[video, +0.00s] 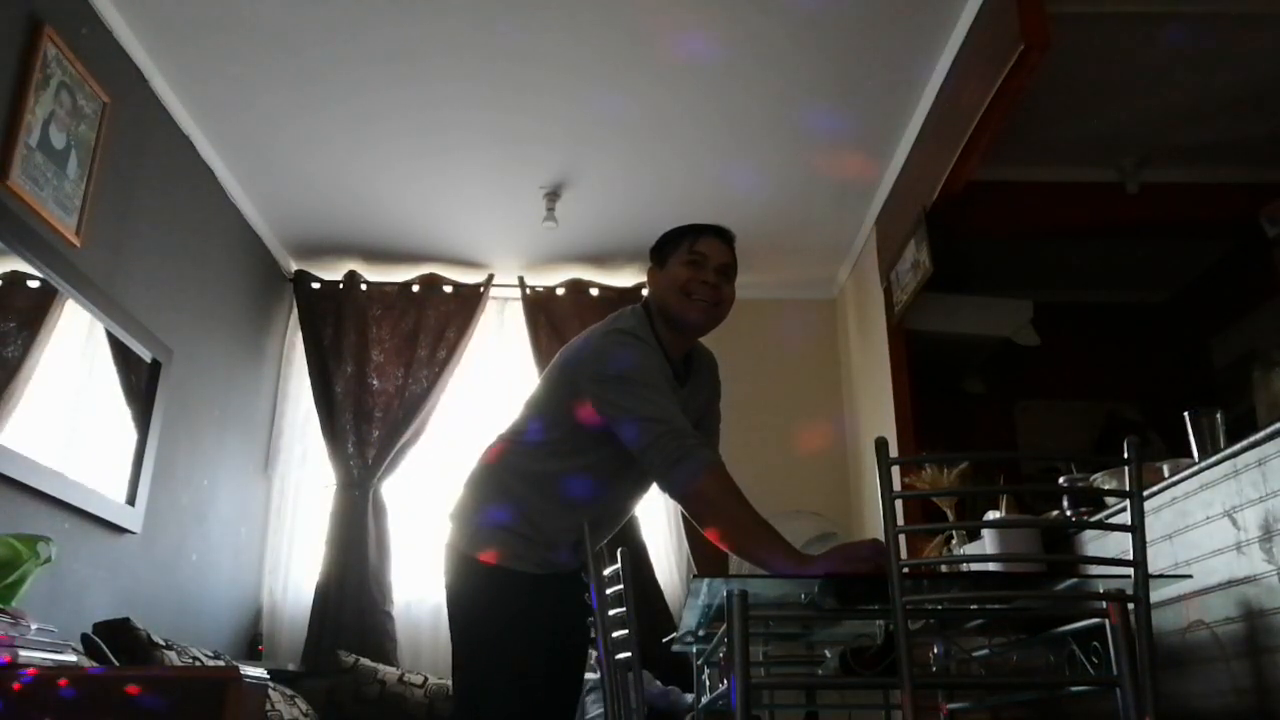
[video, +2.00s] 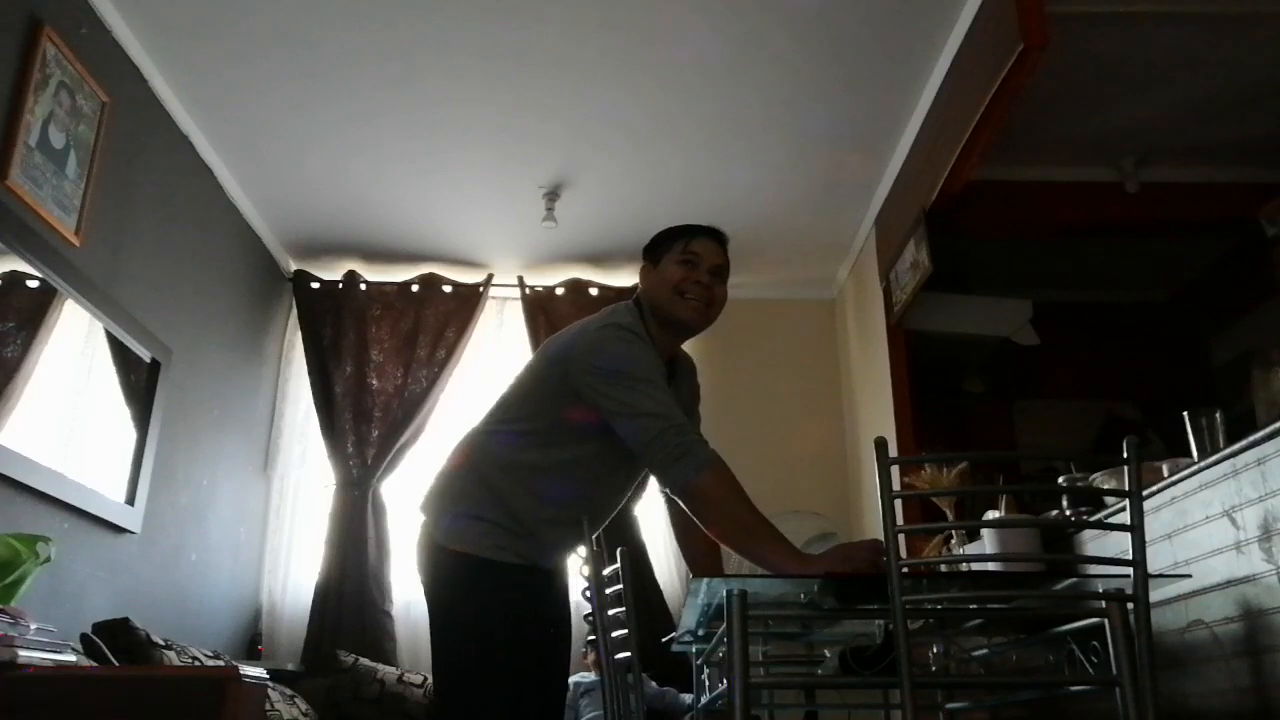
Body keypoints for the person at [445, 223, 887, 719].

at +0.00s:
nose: (710, 282)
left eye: (725, 274)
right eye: (693, 264)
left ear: (733, 295)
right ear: (653, 275)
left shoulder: (698, 369)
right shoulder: (617, 351)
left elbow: (701, 490)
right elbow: (691, 479)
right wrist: (798, 564)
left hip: (567, 556)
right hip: (500, 549)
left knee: (551, 706)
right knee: (497, 708)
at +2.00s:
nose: (703, 280)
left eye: (717, 275)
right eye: (687, 263)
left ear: (722, 300)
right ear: (646, 272)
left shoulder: (679, 378)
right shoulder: (611, 343)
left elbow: (687, 498)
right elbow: (691, 470)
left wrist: (718, 602)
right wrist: (798, 564)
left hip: (536, 555)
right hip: (476, 542)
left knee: (538, 704)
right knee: (488, 706)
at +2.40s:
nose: (700, 275)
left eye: (714, 271)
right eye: (684, 260)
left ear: (718, 296)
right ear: (643, 271)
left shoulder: (673, 376)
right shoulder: (611, 339)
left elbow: (686, 499)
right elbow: (692, 468)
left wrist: (716, 599)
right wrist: (802, 564)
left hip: (524, 549)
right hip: (465, 533)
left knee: (527, 704)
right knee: (472, 706)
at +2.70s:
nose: (700, 270)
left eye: (715, 266)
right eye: (684, 255)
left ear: (719, 293)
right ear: (644, 268)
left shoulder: (676, 374)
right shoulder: (613, 337)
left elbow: (687, 497)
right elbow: (692, 467)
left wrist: (718, 601)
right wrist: (801, 564)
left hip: (526, 550)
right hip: (465, 533)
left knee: (528, 701)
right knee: (471, 703)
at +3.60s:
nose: (602, 213)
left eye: (603, 205)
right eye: (604, 204)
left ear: (531, 189)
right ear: (593, 196)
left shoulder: (472, 245)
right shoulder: (584, 226)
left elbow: (469, 361)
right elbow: (613, 360)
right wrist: (640, 369)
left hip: (429, 489)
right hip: (510, 488)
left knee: (469, 681)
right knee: (521, 682)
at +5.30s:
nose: (567, 393)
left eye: (568, 385)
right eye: (568, 384)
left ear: (519, 368)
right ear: (560, 374)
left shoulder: (465, 401)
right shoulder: (554, 403)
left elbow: (451, 487)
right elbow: (574, 494)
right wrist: (557, 540)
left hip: (427, 593)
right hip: (496, 596)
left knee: (462, 707)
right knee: (526, 708)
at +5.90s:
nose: (615, 525)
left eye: (621, 515)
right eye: (619, 511)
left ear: (585, 481)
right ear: (608, 496)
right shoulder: (561, 497)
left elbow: (503, 602)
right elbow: (535, 600)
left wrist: (531, 677)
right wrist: (553, 682)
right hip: (426, 597)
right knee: (471, 707)